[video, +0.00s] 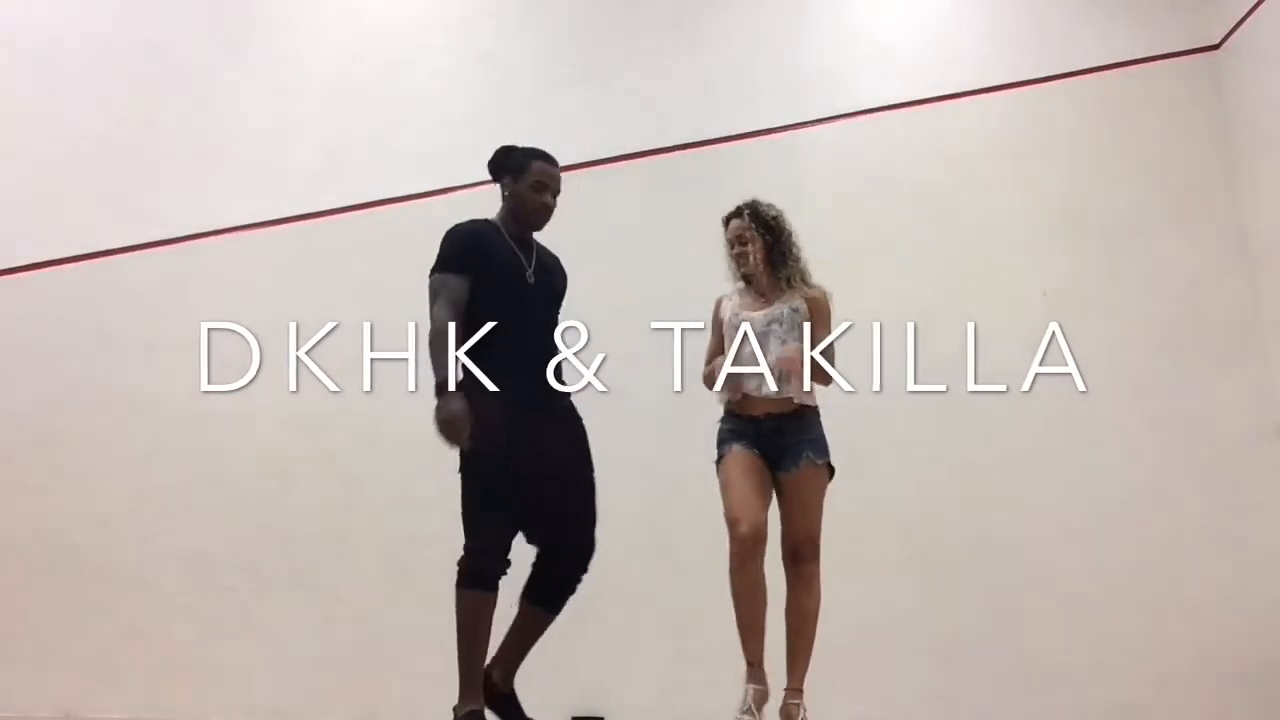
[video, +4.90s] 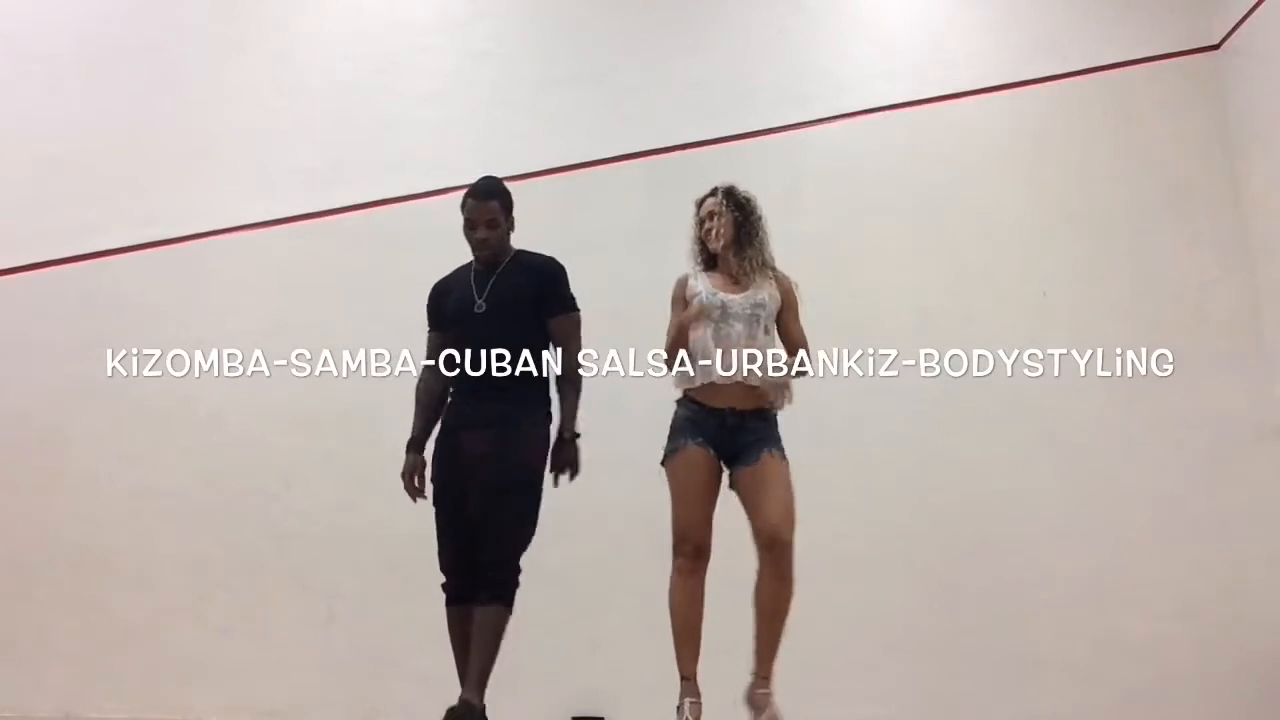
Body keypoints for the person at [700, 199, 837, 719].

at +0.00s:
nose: (740, 250)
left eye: (747, 240)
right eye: (734, 243)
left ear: (771, 240)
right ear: (729, 250)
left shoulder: (810, 300)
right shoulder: (726, 305)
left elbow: (827, 375)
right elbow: (708, 376)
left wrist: (801, 365)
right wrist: (727, 369)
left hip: (798, 430)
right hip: (740, 431)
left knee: (801, 556)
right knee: (745, 533)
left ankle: (794, 695)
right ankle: (755, 678)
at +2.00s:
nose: (746, 224)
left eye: (756, 216)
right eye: (737, 220)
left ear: (777, 227)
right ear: (730, 237)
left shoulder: (804, 283)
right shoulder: (720, 295)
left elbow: (844, 351)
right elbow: (710, 367)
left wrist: (818, 303)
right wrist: (684, 425)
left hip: (788, 429)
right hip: (725, 428)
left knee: (796, 553)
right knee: (720, 552)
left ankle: (806, 695)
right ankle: (709, 692)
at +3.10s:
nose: (727, 229)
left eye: (734, 219)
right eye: (720, 225)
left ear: (759, 225)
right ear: (717, 239)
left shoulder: (796, 286)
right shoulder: (713, 297)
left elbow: (828, 350)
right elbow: (704, 372)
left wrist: (846, 290)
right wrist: (657, 344)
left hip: (790, 430)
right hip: (728, 431)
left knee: (790, 556)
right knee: (717, 549)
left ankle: (782, 695)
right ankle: (715, 687)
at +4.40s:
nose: (720, 228)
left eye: (727, 219)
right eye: (712, 223)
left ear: (749, 223)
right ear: (706, 234)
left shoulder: (783, 283)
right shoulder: (700, 292)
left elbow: (811, 349)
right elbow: (691, 362)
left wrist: (775, 310)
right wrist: (684, 386)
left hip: (776, 426)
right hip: (714, 426)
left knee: (787, 554)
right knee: (707, 551)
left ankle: (795, 693)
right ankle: (697, 690)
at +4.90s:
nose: (713, 225)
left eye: (721, 215)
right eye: (707, 219)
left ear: (743, 221)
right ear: (700, 231)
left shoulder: (776, 285)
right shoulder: (689, 286)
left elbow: (800, 354)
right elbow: (668, 359)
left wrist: (783, 380)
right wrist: (685, 327)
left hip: (757, 427)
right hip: (696, 423)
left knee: (778, 541)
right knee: (689, 552)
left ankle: (762, 684)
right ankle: (689, 689)